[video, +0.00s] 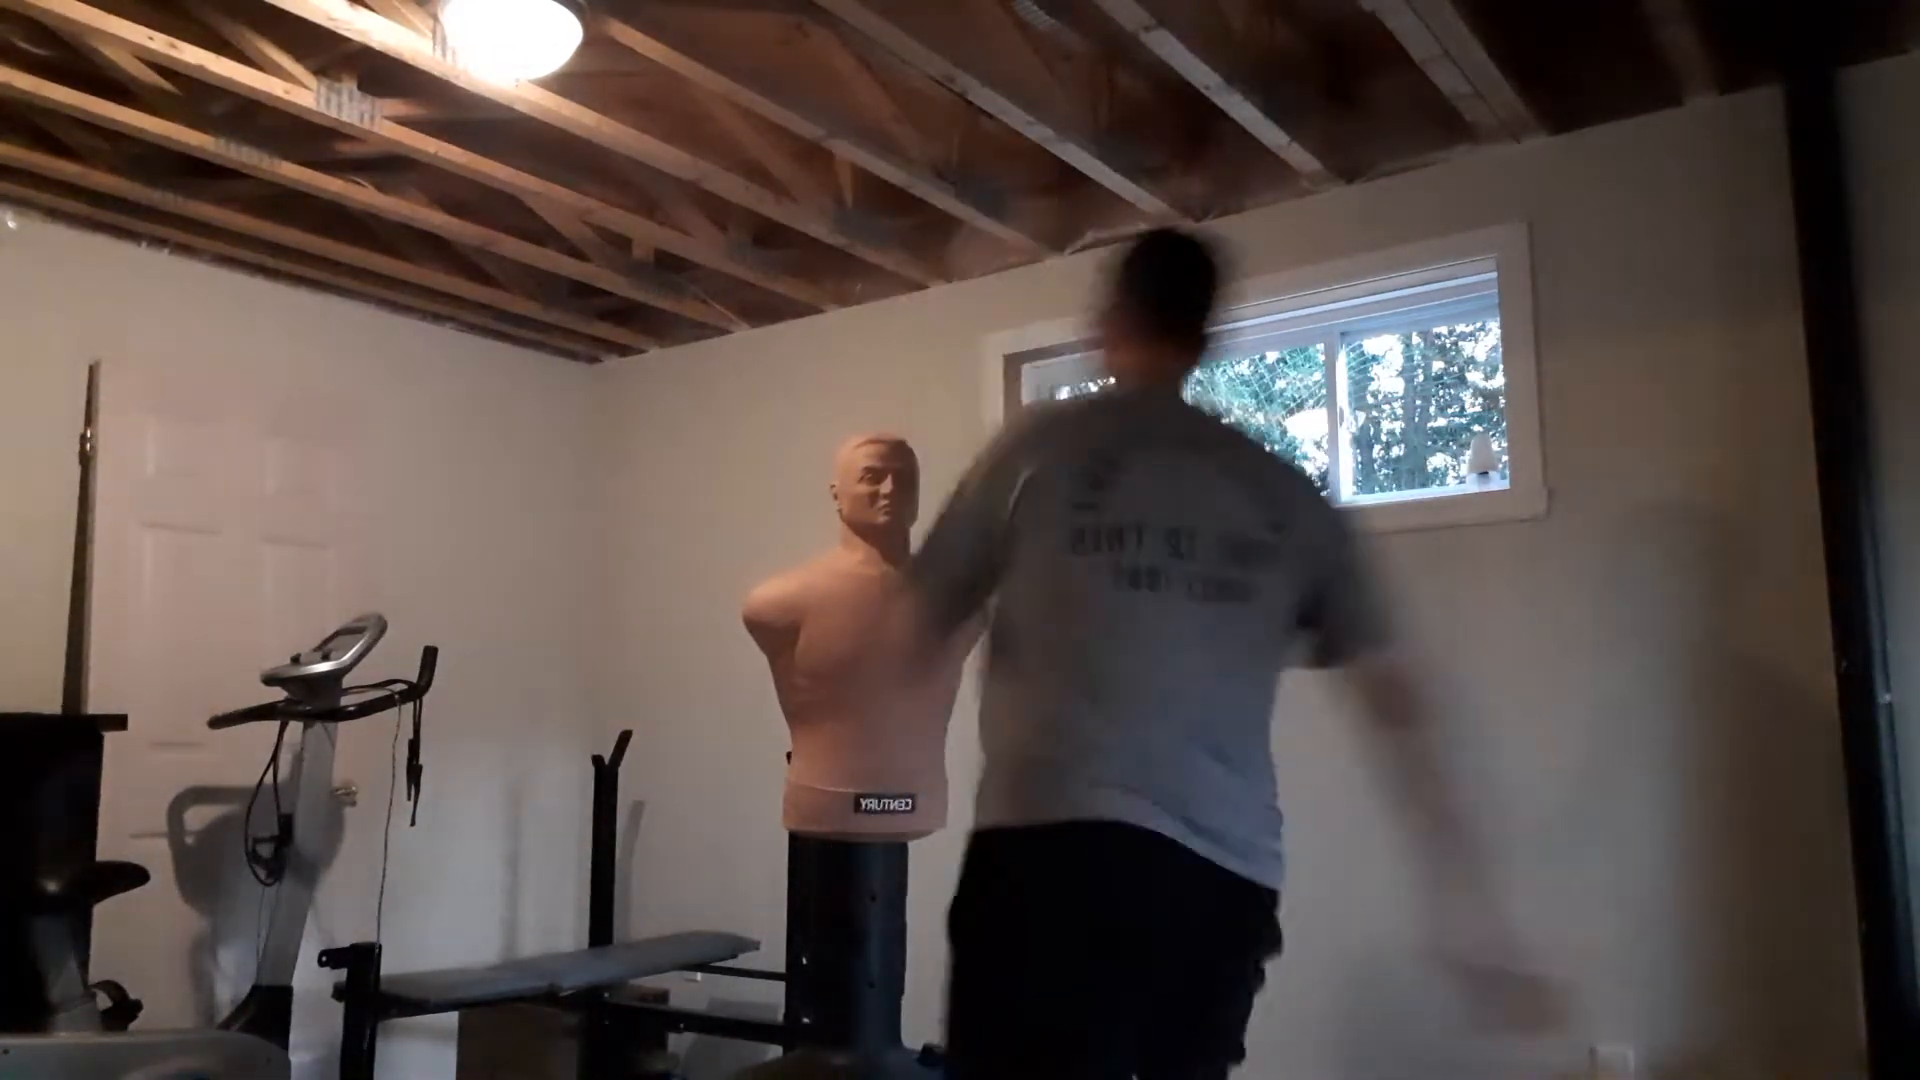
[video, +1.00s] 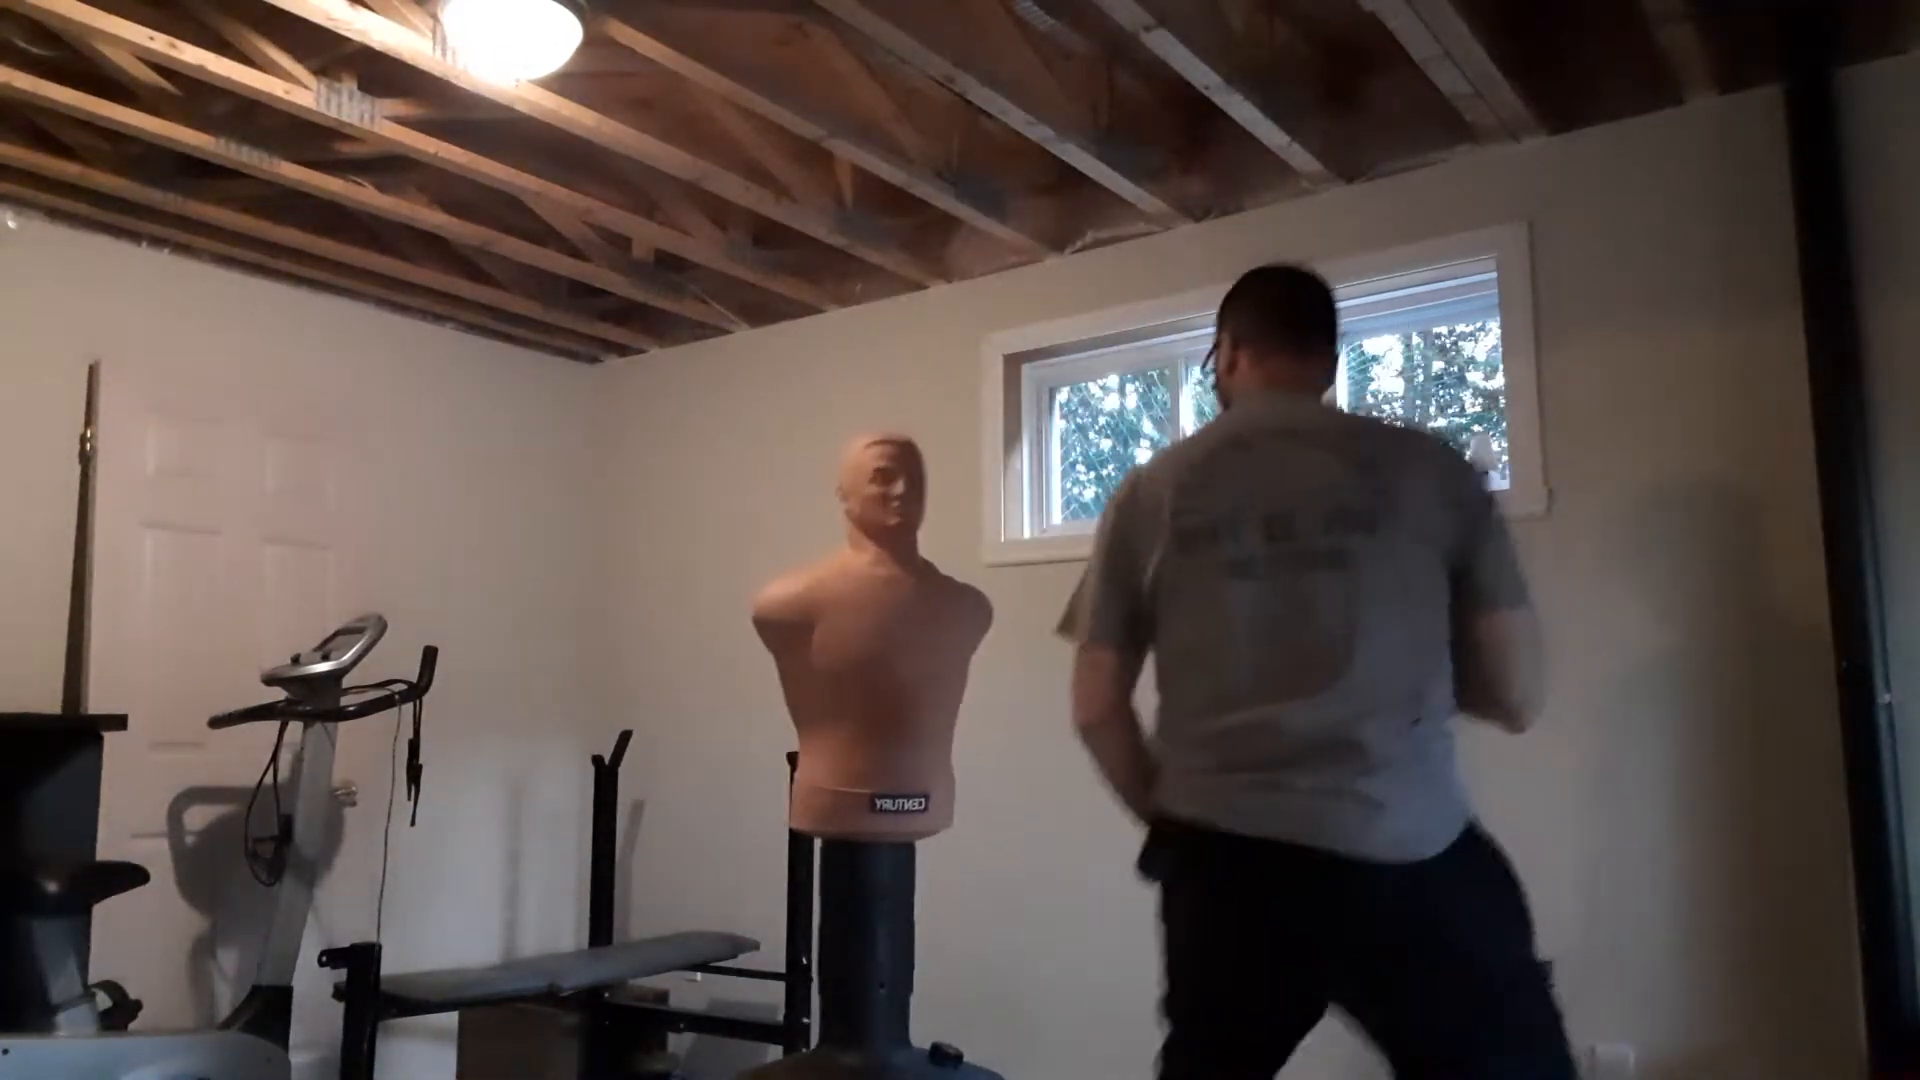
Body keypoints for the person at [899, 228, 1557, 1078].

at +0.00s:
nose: (1106, 328)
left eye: (1111, 313)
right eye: (1122, 312)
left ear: (1111, 323)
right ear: (1206, 333)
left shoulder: (1038, 444)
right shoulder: (1283, 490)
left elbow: (911, 636)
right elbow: (1395, 701)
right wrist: (1474, 928)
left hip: (1042, 859)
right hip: (1216, 882)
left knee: (1011, 1066)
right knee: (1181, 1067)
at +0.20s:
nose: (1274, 328)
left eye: (1281, 310)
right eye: (1289, 311)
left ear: (1295, 306)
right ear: (1397, 327)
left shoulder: (1216, 377)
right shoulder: (1472, 481)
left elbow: (992, 401)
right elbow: (1559, 685)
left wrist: (812, 407)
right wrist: (1504, 766)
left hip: (1023, 698)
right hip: (1193, 821)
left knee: (843, 739)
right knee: (1239, 1062)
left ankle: (809, 763)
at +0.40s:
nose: (1268, 397)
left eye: (1270, 378)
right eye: (1273, 381)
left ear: (1290, 369)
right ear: (1396, 380)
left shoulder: (1235, 437)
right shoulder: (1477, 534)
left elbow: (1014, 424)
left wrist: (822, 418)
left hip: (1075, 727)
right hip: (1215, 850)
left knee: (1125, 579)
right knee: (1241, 1062)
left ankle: (952, 593)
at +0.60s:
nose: (1270, 315)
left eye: (1271, 296)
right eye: (1272, 299)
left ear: (1289, 280)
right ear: (1396, 287)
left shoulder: (1215, 383)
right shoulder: (1507, 394)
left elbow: (1054, 532)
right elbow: (1556, 606)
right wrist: (1427, 541)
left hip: (1184, 737)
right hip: (1371, 772)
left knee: (1154, 798)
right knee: (1455, 1053)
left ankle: (1160, 1049)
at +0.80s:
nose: (1275, 385)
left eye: (1275, 368)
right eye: (1278, 369)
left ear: (1284, 371)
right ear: (1396, 378)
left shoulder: (1202, 519)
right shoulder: (1491, 507)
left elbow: (1153, 737)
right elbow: (1569, 747)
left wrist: (1248, 826)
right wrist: (1452, 700)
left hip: (1279, 921)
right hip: (1475, 907)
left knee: (1329, 1065)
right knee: (1594, 1061)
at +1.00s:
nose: (1217, 371)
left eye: (1216, 356)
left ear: (1226, 355)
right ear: (1333, 363)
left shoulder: (1157, 490)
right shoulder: (1431, 467)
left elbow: (1097, 706)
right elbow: (1512, 691)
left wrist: (1169, 813)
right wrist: (1393, 647)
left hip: (1225, 874)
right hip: (1417, 874)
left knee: (1206, 1066)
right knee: (1513, 1068)